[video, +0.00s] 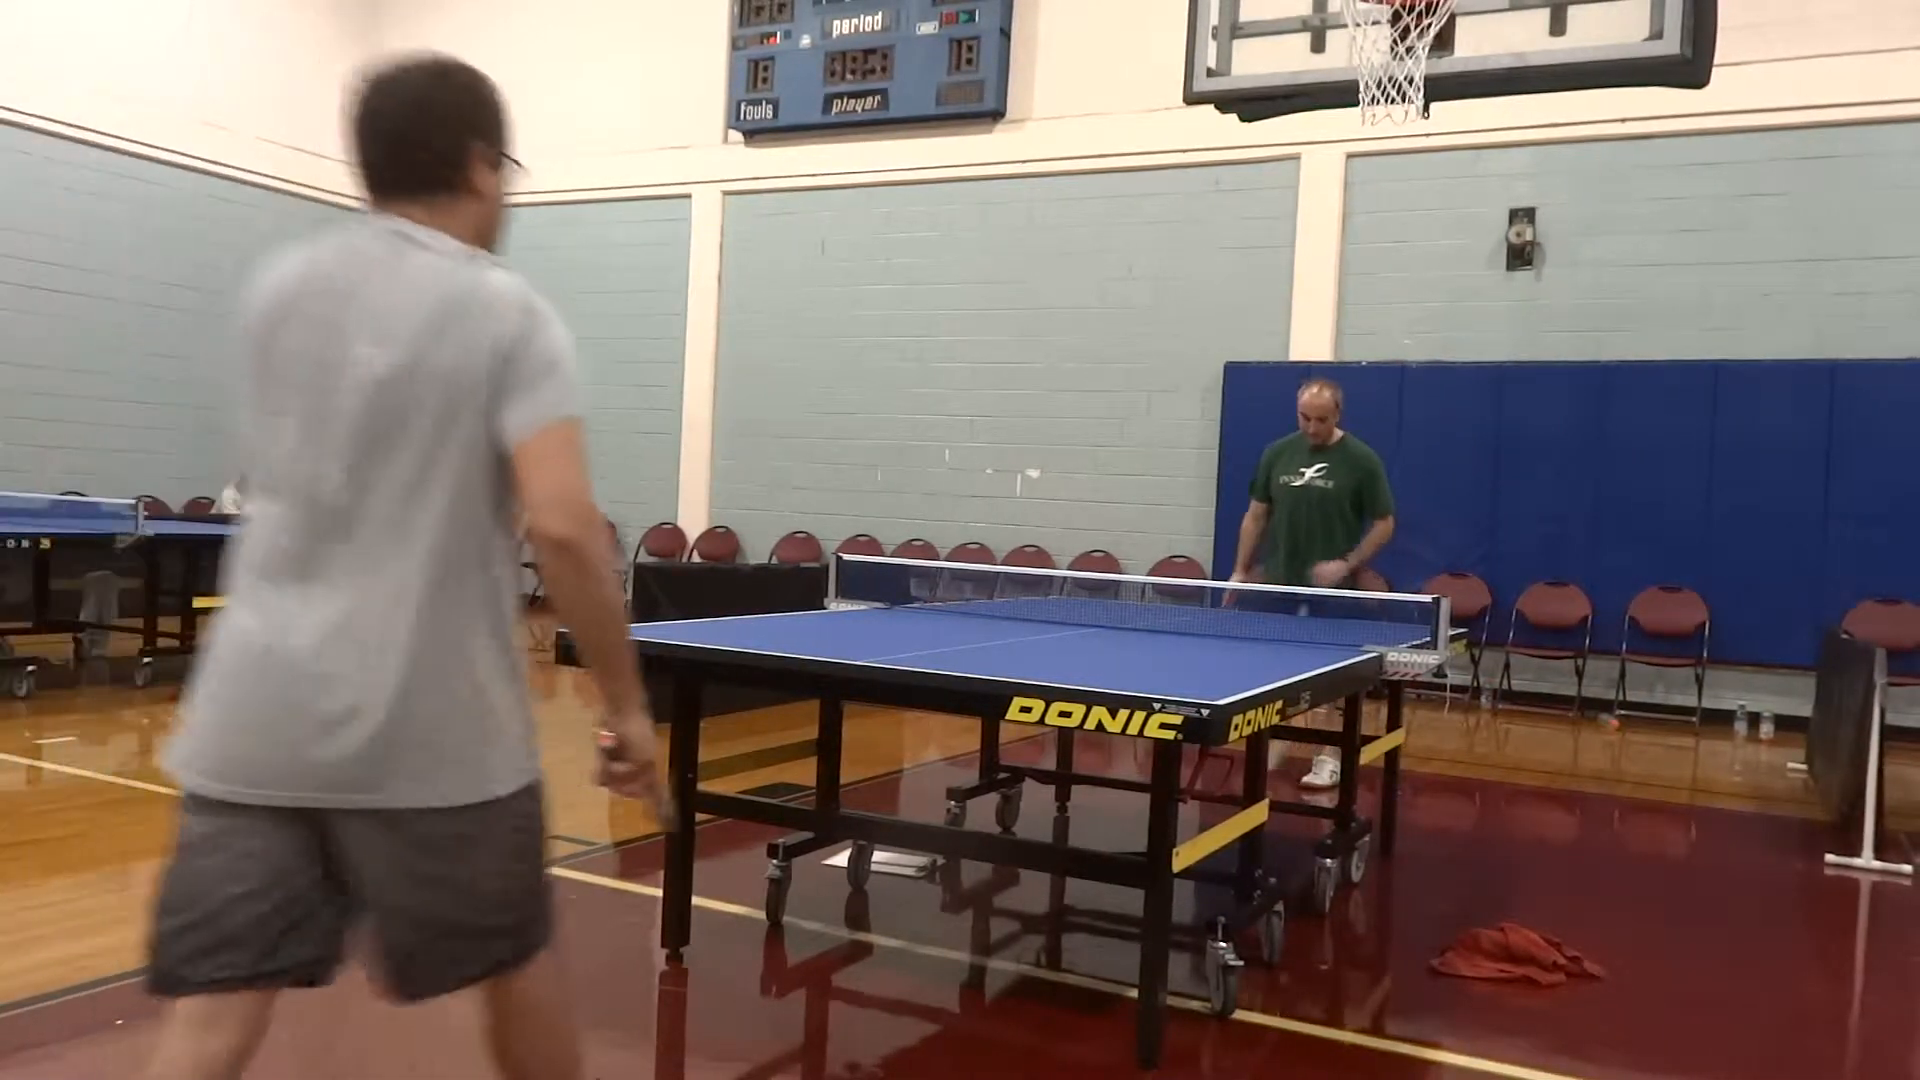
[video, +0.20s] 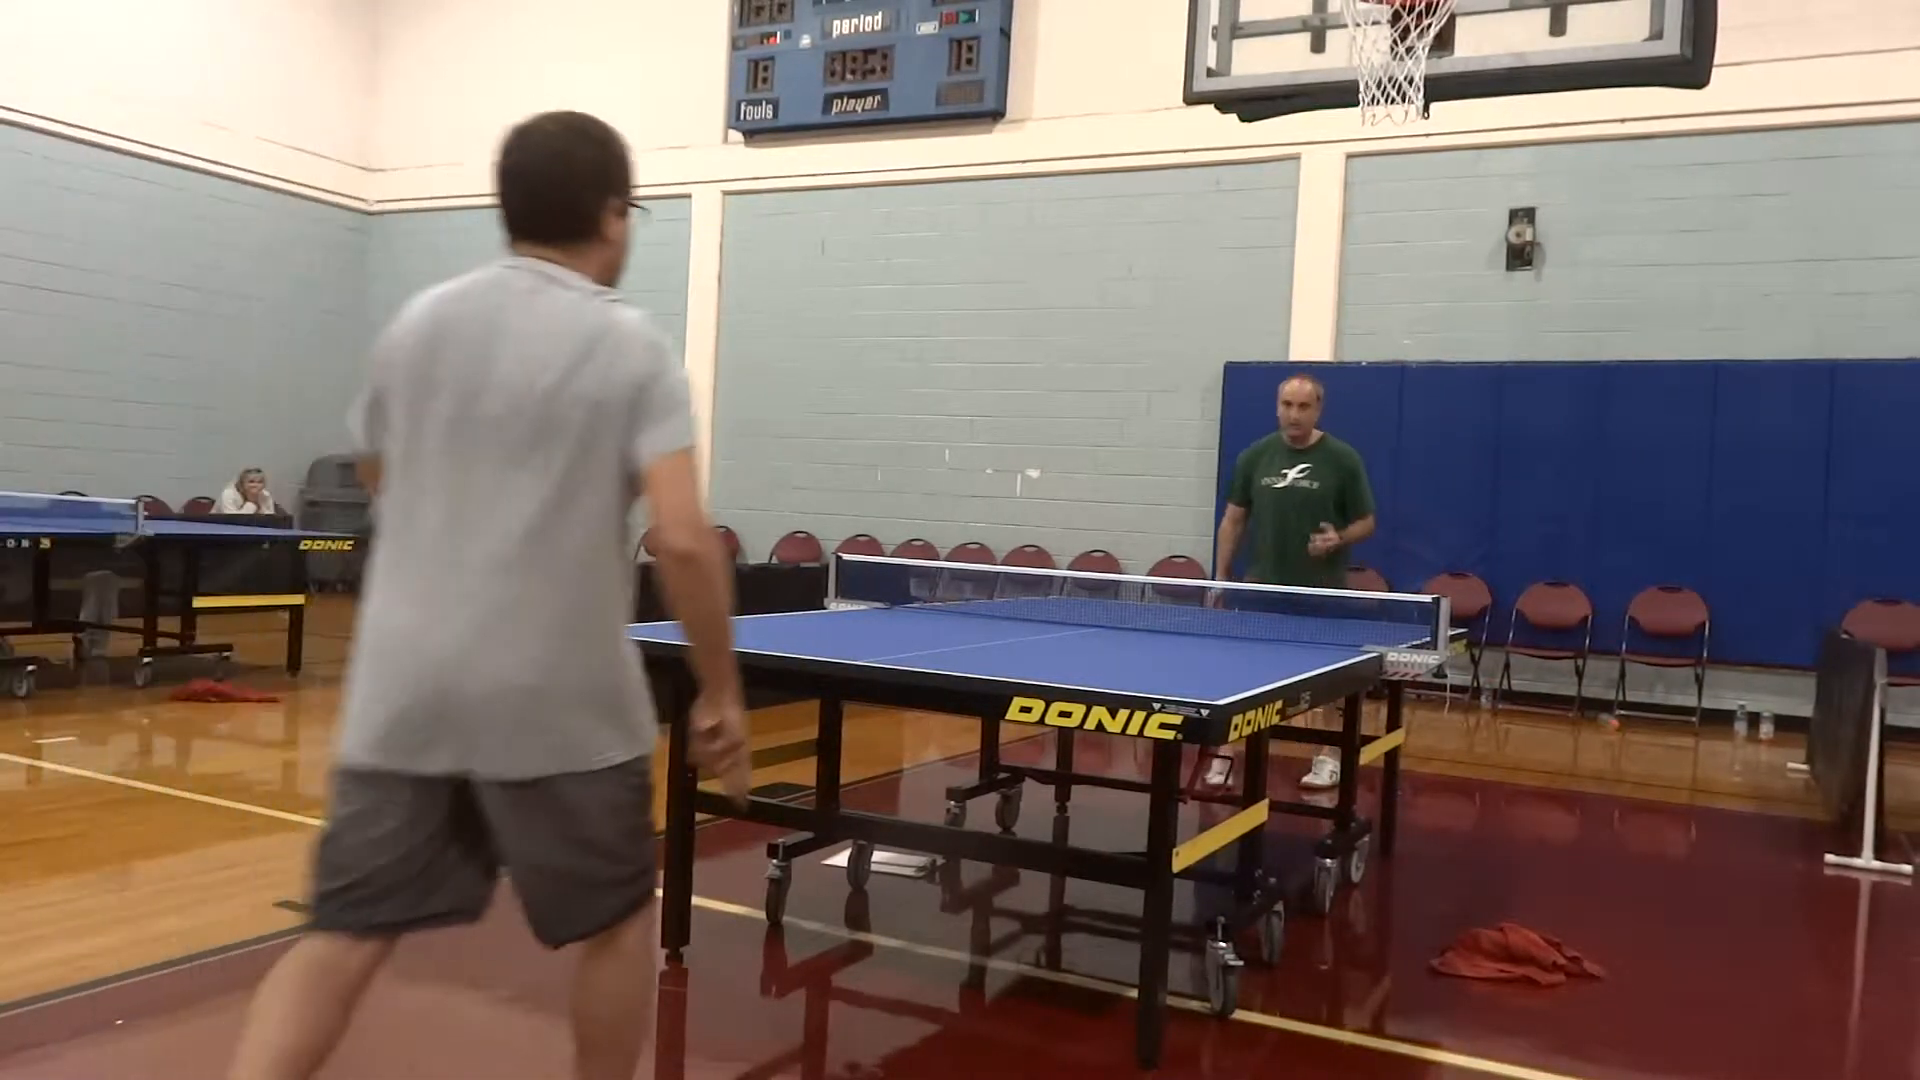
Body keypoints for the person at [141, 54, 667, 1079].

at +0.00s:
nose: (506, 181)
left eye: (503, 161)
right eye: (502, 159)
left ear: (368, 169)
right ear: (477, 164)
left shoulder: (276, 286)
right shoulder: (504, 309)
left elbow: (269, 495)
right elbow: (562, 525)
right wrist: (624, 705)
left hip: (250, 723)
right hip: (437, 735)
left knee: (207, 1015)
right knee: (519, 979)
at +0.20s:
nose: (631, 224)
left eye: (630, 209)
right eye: (628, 208)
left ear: (509, 210)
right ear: (609, 215)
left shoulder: (419, 323)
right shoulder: (630, 346)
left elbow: (379, 477)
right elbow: (680, 539)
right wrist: (721, 688)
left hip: (403, 686)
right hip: (557, 699)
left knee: (341, 931)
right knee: (616, 921)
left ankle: (251, 1077)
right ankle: (606, 1076)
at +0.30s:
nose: (655, 226)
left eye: (652, 209)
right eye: (653, 209)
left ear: (539, 211)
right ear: (635, 217)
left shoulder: (461, 320)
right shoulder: (666, 341)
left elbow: (397, 451)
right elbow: (730, 528)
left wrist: (464, 322)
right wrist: (755, 651)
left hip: (439, 671)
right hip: (588, 689)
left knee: (395, 869)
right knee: (626, 915)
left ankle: (310, 1065)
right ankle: (613, 1076)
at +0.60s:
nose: (655, 260)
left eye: (656, 246)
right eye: (653, 246)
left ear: (541, 248)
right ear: (634, 250)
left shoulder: (478, 350)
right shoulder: (667, 357)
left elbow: (498, 485)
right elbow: (745, 522)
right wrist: (781, 594)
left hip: (469, 665)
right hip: (598, 688)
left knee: (442, 831)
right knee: (644, 901)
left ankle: (395, 1007)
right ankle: (616, 1072)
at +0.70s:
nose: (641, 281)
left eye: (640, 267)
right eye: (639, 267)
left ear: (537, 269)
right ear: (619, 271)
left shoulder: (471, 365)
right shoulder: (638, 373)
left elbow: (500, 510)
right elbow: (703, 534)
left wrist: (639, 540)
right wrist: (765, 599)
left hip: (464, 669)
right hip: (582, 688)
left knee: (459, 835)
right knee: (646, 893)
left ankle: (407, 1018)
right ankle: (612, 1073)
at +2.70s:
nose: (712, 353)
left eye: (711, 338)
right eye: (710, 337)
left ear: (615, 332)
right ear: (687, 338)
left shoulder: (538, 394)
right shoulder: (675, 418)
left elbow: (520, 537)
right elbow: (698, 582)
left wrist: (607, 622)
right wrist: (749, 638)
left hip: (463, 652)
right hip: (563, 671)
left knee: (474, 830)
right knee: (633, 884)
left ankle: (406, 1027)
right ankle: (637, 1073)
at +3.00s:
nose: (727, 349)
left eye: (729, 335)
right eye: (726, 334)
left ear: (632, 326)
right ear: (699, 329)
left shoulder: (553, 395)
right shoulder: (703, 400)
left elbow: (496, 536)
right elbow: (814, 514)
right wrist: (777, 573)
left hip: (506, 659)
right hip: (617, 668)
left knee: (496, 833)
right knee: (733, 862)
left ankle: (408, 1026)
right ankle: (730, 1070)